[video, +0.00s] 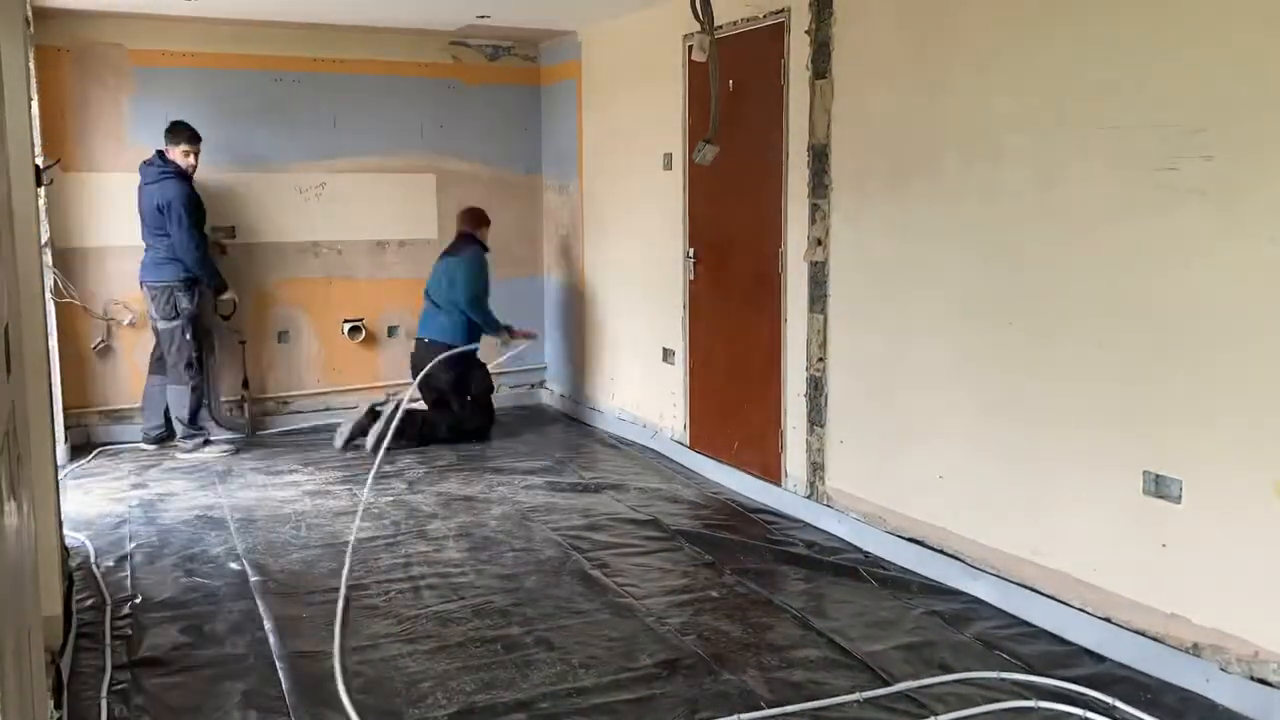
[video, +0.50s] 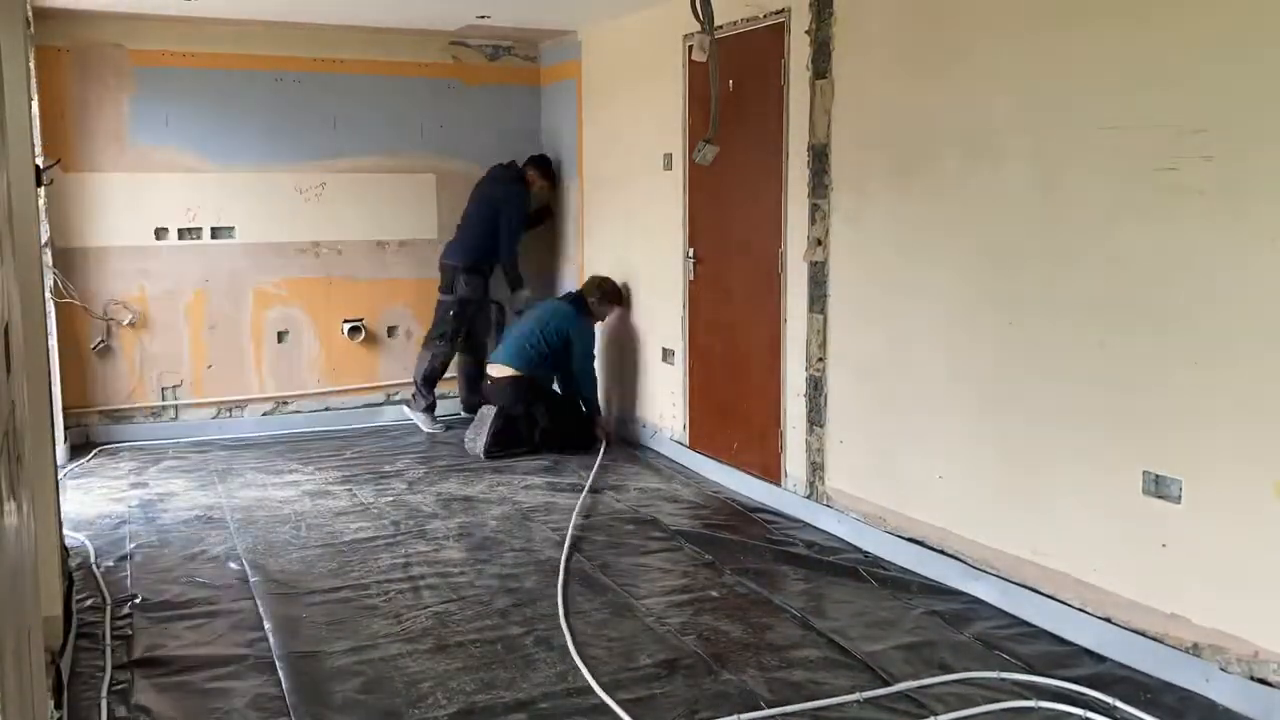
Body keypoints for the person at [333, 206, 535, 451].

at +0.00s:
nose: (487, 235)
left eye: (487, 230)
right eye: (486, 230)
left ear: (461, 227)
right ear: (481, 229)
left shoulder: (450, 253)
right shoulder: (473, 255)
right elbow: (471, 303)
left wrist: (506, 332)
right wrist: (501, 330)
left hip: (424, 353)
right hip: (451, 355)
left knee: (447, 420)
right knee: (478, 425)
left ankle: (377, 418)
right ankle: (404, 425)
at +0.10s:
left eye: (369, 316)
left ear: (374, 315)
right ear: (402, 308)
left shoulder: (363, 337)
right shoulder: (424, 316)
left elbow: (347, 385)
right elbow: (444, 359)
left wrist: (335, 425)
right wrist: (444, 390)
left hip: (389, 391)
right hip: (430, 382)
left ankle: (387, 425)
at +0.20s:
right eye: (492, 313)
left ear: (468, 304)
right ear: (489, 307)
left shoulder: (446, 312)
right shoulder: (492, 312)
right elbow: (528, 353)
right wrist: (542, 389)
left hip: (423, 350)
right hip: (458, 350)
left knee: (432, 422)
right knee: (470, 426)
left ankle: (396, 421)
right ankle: (409, 431)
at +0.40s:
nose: (516, 180)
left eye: (520, 175)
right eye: (517, 173)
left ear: (506, 165)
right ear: (504, 163)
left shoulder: (490, 187)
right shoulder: (479, 182)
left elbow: (507, 221)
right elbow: (472, 233)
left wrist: (540, 216)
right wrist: (492, 268)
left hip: (469, 271)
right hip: (449, 270)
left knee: (471, 338)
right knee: (434, 339)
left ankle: (473, 402)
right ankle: (416, 405)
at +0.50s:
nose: (538, 193)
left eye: (542, 189)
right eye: (541, 187)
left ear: (528, 171)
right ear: (532, 176)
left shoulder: (500, 177)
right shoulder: (514, 189)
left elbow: (507, 227)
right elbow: (507, 243)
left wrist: (538, 217)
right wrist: (517, 286)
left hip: (472, 269)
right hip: (463, 269)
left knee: (475, 339)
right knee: (445, 338)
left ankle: (474, 401)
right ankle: (419, 401)